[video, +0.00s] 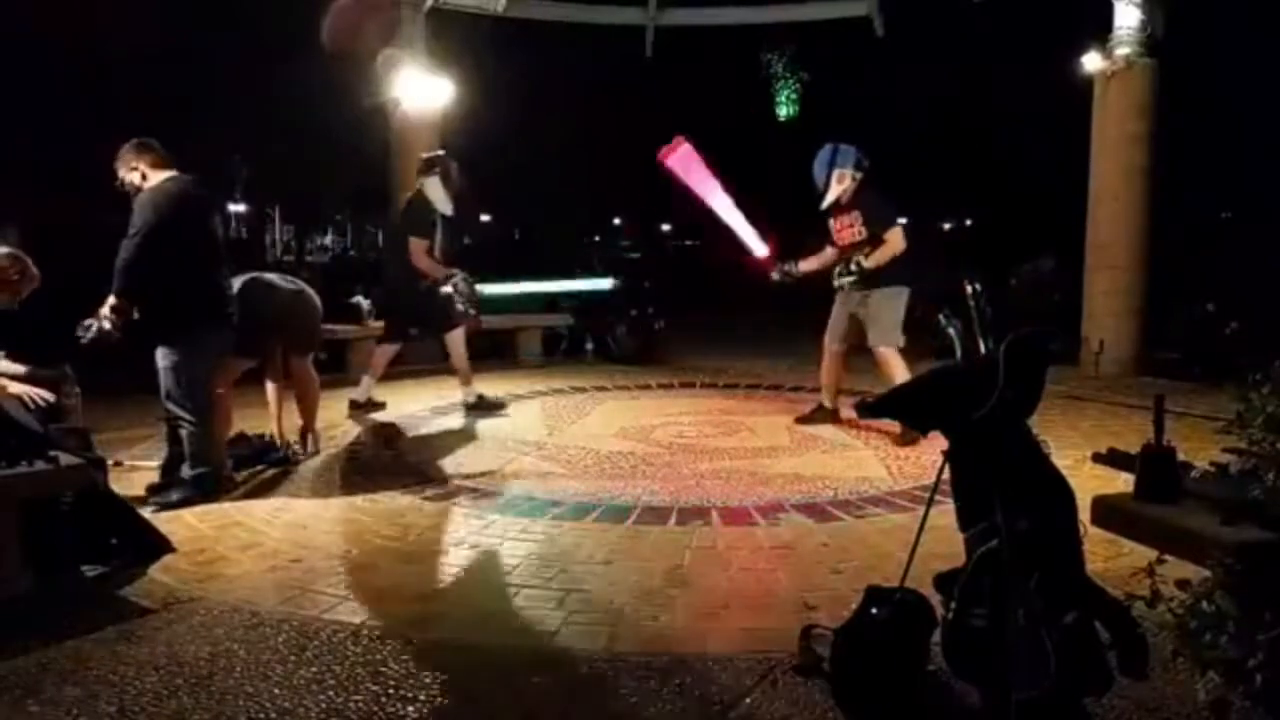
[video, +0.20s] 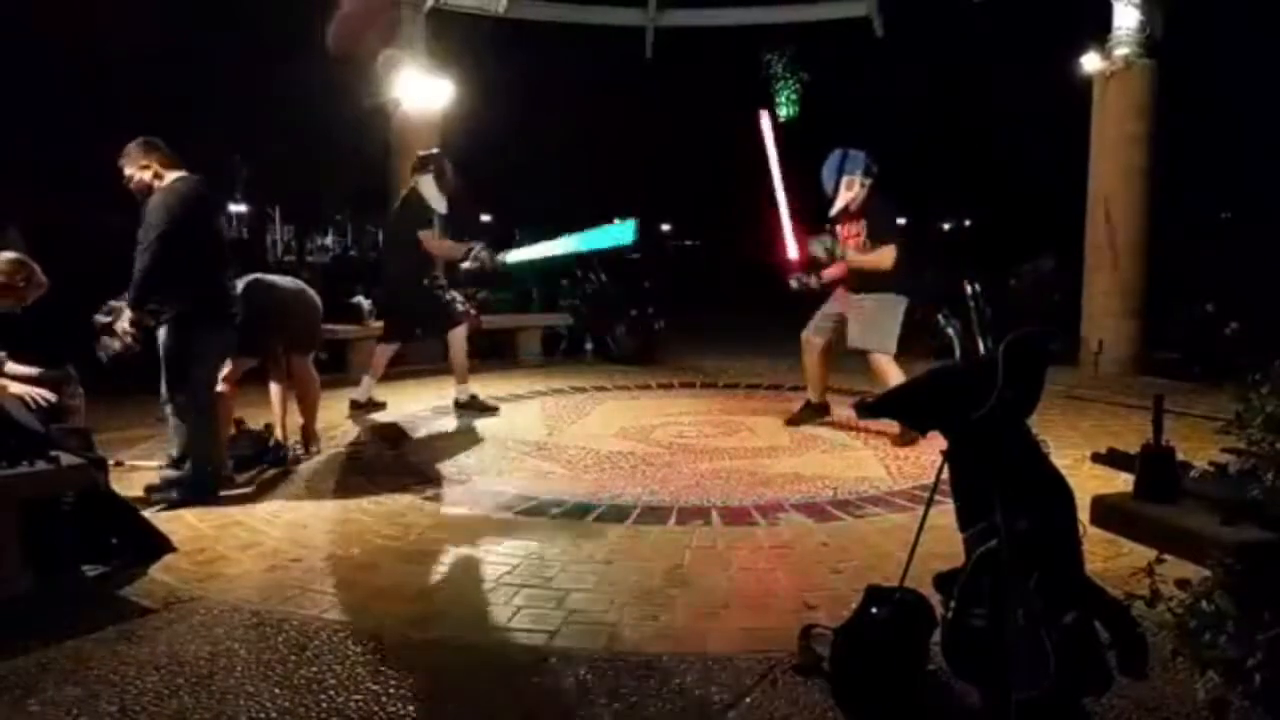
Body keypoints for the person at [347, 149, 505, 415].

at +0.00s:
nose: (456, 182)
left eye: (454, 176)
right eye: (452, 176)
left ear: (429, 176)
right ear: (439, 177)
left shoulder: (426, 204)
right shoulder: (422, 206)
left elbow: (423, 253)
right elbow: (417, 257)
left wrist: (443, 271)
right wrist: (446, 274)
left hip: (405, 283)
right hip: (413, 283)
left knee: (393, 337)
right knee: (454, 326)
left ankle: (361, 394)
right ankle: (471, 395)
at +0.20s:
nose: (449, 180)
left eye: (448, 174)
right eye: (445, 174)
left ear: (420, 174)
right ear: (433, 174)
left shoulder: (413, 200)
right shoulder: (419, 200)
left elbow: (432, 244)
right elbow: (431, 244)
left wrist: (463, 251)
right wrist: (467, 251)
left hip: (400, 284)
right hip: (412, 285)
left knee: (393, 336)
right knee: (457, 324)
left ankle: (362, 394)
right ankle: (463, 394)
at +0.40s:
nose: (460, 175)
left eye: (458, 170)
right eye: (455, 170)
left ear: (430, 174)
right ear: (443, 174)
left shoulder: (422, 202)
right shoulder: (431, 203)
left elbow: (447, 247)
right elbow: (450, 246)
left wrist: (486, 246)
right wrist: (488, 246)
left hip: (408, 285)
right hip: (426, 285)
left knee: (401, 336)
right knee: (469, 326)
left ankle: (364, 393)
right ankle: (468, 397)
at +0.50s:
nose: (470, 182)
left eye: (469, 176)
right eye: (465, 176)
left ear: (438, 177)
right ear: (453, 178)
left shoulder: (430, 203)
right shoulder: (439, 206)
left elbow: (457, 252)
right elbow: (459, 253)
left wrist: (496, 252)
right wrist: (499, 253)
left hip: (409, 284)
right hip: (428, 285)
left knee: (403, 337)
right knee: (472, 329)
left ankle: (365, 394)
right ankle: (468, 399)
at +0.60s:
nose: (475, 179)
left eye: (474, 173)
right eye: (471, 174)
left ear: (444, 175)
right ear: (458, 176)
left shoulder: (437, 202)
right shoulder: (441, 206)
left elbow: (458, 257)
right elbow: (460, 256)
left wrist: (496, 258)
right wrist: (498, 256)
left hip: (409, 281)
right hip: (426, 283)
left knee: (404, 334)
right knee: (469, 328)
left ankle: (367, 392)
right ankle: (468, 398)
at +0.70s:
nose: (476, 181)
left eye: (475, 174)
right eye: (472, 175)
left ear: (444, 174)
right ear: (459, 176)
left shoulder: (434, 200)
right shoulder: (443, 206)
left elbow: (452, 253)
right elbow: (454, 259)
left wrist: (483, 261)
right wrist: (487, 263)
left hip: (409, 280)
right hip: (425, 283)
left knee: (404, 331)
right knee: (466, 326)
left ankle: (366, 390)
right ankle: (467, 398)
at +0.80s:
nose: (470, 181)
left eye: (469, 174)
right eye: (466, 174)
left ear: (440, 175)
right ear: (454, 176)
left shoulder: (431, 201)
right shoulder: (436, 206)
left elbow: (437, 254)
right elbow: (435, 261)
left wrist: (453, 270)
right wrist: (460, 275)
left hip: (409, 283)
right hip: (424, 285)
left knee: (400, 331)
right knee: (465, 327)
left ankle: (360, 388)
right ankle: (467, 398)